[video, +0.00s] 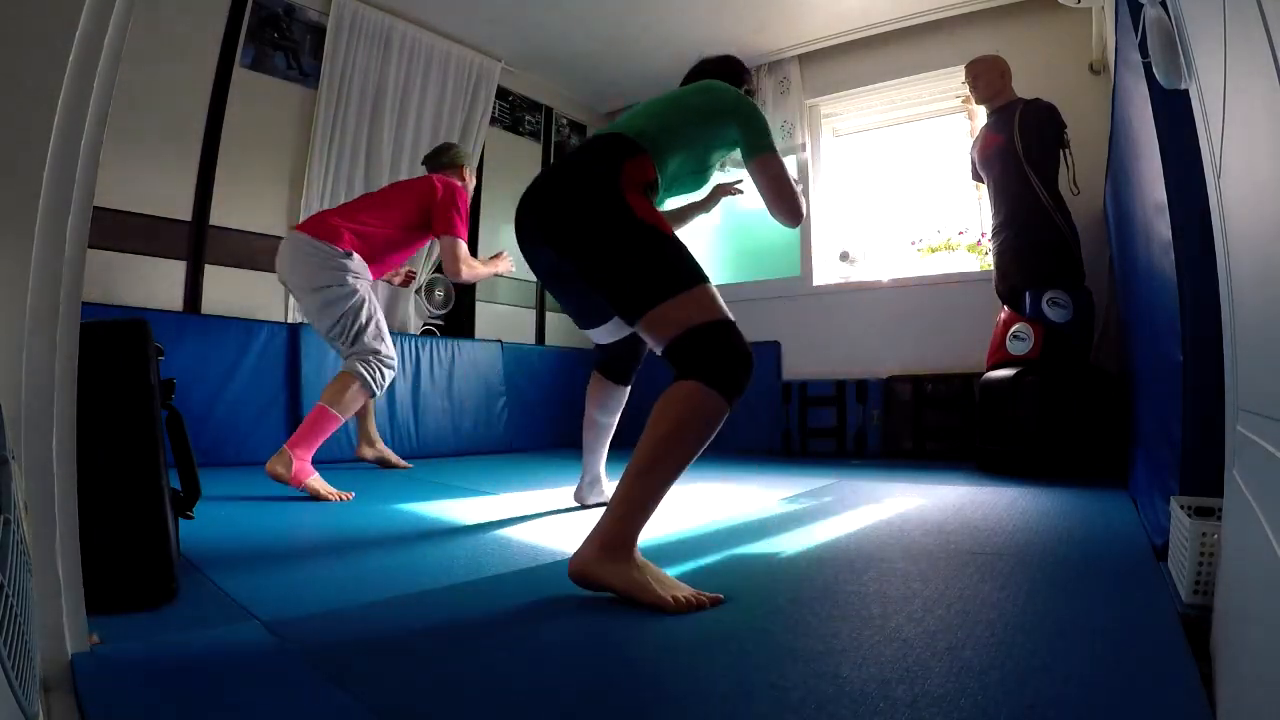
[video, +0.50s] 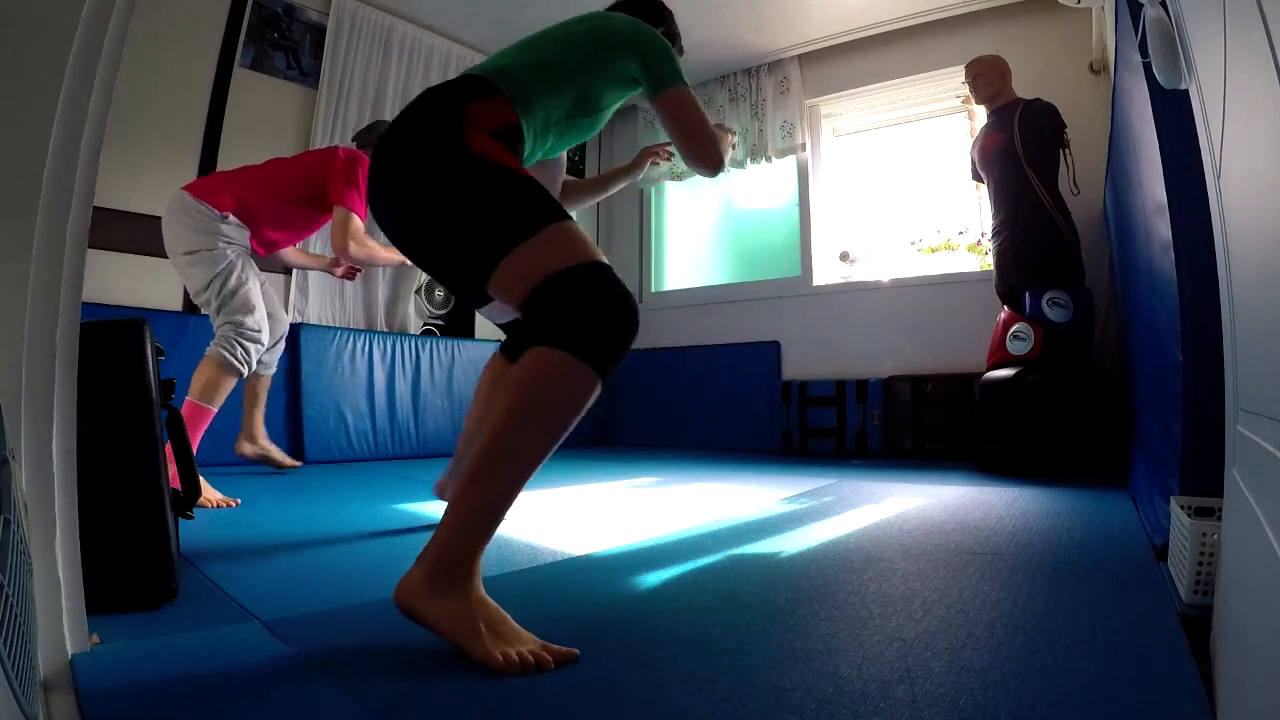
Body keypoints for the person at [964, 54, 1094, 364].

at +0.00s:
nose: (970, 87)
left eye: (975, 78)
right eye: (968, 82)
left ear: (1002, 75)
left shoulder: (1036, 111)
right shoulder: (982, 137)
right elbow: (977, 175)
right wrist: (974, 123)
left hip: (1048, 240)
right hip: (1008, 246)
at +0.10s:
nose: (970, 87)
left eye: (975, 78)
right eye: (968, 82)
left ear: (1002, 75)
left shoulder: (1035, 111)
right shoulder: (983, 136)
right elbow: (977, 175)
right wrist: (974, 123)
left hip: (1048, 240)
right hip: (1008, 246)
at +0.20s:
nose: (970, 87)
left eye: (975, 78)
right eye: (968, 82)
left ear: (1002, 75)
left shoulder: (1035, 111)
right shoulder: (983, 136)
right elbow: (977, 175)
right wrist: (974, 123)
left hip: (1048, 240)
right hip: (1008, 247)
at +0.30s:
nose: (970, 86)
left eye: (975, 78)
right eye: (968, 82)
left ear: (1002, 75)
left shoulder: (1036, 111)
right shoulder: (981, 139)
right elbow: (978, 177)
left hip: (1049, 243)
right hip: (1009, 251)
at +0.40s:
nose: (971, 85)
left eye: (976, 76)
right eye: (968, 82)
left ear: (1004, 74)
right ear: (969, 91)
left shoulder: (1036, 111)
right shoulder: (981, 139)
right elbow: (978, 175)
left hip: (1050, 245)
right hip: (1008, 253)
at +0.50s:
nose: (971, 85)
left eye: (976, 76)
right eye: (968, 81)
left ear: (1004, 74)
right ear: (969, 90)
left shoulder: (1036, 111)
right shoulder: (980, 140)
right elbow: (978, 176)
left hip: (1050, 244)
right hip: (1008, 252)